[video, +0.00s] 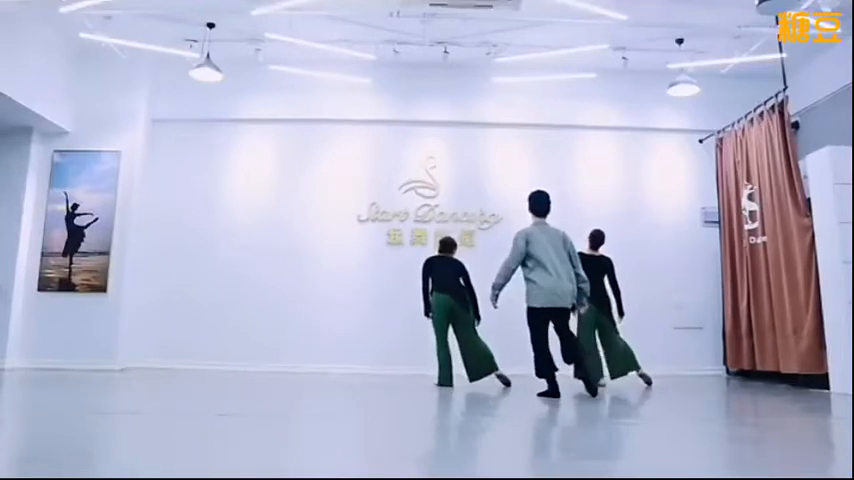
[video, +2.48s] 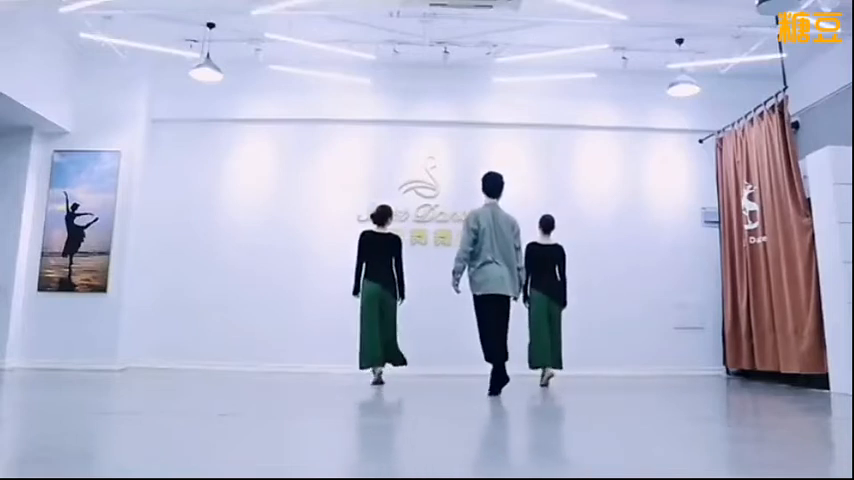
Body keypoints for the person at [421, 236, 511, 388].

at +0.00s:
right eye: (454, 250)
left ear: (439, 248)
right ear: (454, 250)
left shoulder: (430, 262)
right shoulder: (458, 264)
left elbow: (425, 286)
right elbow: (469, 288)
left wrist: (427, 307)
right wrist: (476, 312)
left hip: (439, 299)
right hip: (459, 300)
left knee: (441, 341)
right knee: (472, 337)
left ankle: (445, 379)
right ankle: (495, 370)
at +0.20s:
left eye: (438, 254)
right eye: (445, 255)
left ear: (434, 254)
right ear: (448, 254)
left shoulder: (427, 266)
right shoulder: (455, 267)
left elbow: (422, 292)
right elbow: (466, 292)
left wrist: (422, 314)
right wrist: (471, 315)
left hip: (436, 307)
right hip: (456, 307)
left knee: (439, 343)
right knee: (457, 338)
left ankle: (443, 379)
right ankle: (472, 367)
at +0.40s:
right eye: (444, 258)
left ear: (432, 257)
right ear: (446, 258)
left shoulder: (425, 267)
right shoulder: (454, 269)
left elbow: (421, 292)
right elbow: (461, 295)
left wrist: (419, 315)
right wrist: (465, 318)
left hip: (434, 308)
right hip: (453, 309)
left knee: (436, 345)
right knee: (448, 339)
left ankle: (439, 379)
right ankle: (448, 369)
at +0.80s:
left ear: (427, 234)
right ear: (440, 236)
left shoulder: (419, 245)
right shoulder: (448, 248)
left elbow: (414, 271)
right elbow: (452, 276)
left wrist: (412, 293)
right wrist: (454, 300)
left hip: (425, 290)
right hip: (444, 293)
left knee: (431, 331)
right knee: (438, 332)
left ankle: (442, 370)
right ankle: (427, 368)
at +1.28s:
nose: (430, 224)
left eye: (425, 219)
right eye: (432, 221)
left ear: (419, 220)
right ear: (434, 222)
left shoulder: (408, 237)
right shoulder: (436, 241)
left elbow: (402, 264)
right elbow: (440, 269)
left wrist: (399, 287)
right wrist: (443, 292)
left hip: (413, 288)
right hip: (431, 289)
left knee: (415, 327)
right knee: (428, 327)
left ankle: (422, 368)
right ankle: (424, 368)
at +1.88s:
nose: (410, 222)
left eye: (408, 219)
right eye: (410, 219)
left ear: (394, 219)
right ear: (410, 221)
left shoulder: (386, 238)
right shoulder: (415, 241)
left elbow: (381, 264)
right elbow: (420, 268)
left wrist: (378, 287)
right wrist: (425, 291)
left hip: (392, 287)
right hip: (410, 288)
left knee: (394, 327)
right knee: (409, 326)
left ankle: (399, 367)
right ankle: (403, 365)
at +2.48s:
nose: (390, 220)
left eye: (388, 217)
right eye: (390, 217)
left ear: (374, 218)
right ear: (389, 219)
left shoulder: (365, 236)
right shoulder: (395, 239)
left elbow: (359, 262)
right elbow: (398, 267)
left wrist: (356, 285)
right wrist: (401, 290)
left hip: (370, 287)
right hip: (388, 288)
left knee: (371, 327)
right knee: (386, 327)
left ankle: (376, 369)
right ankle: (379, 366)